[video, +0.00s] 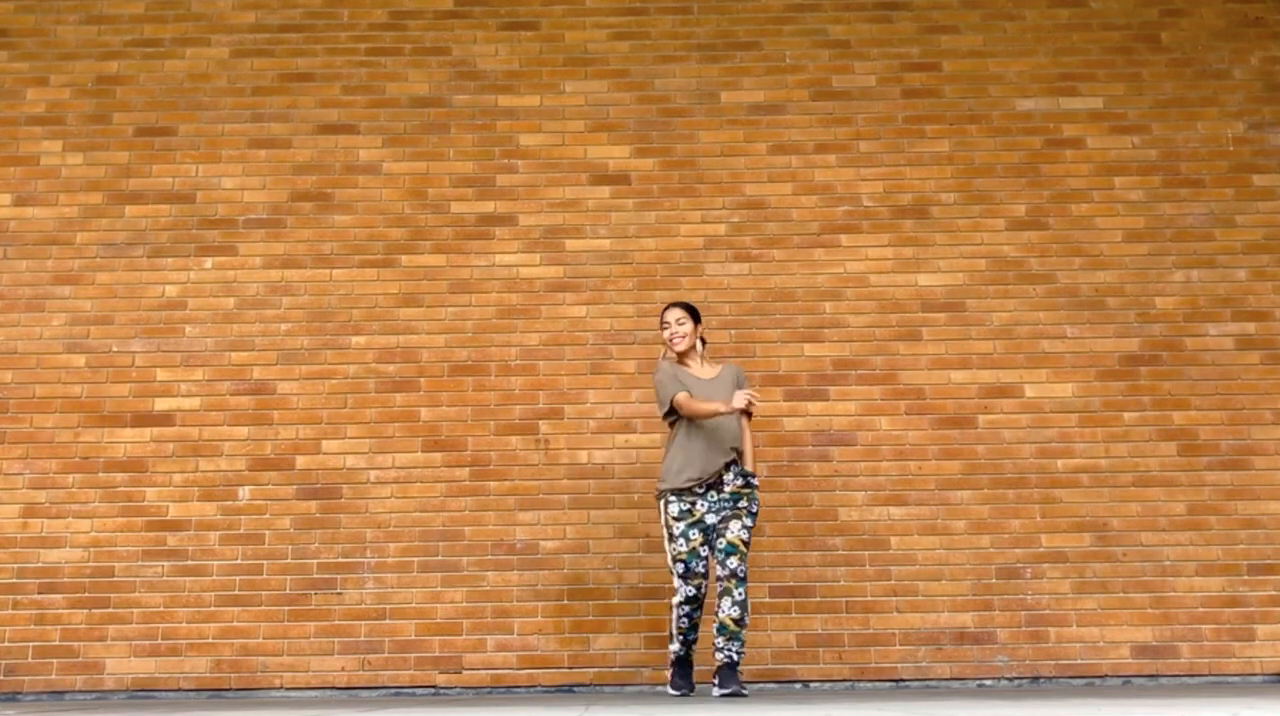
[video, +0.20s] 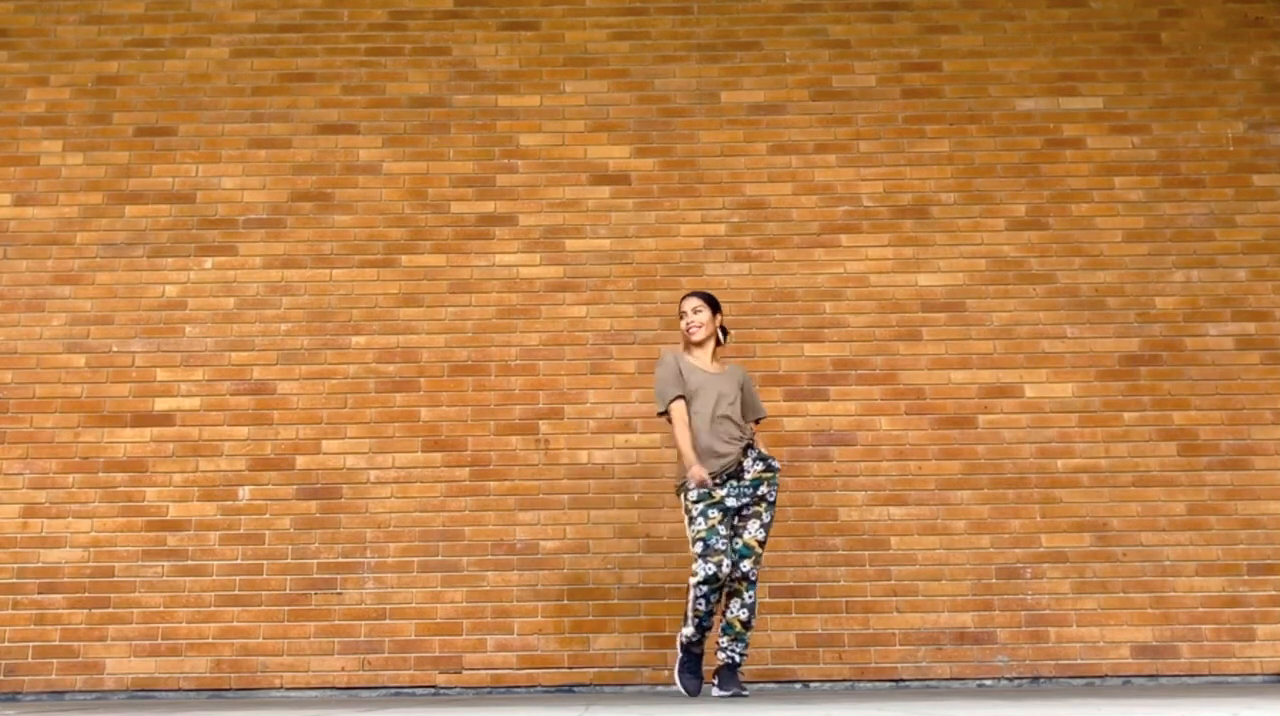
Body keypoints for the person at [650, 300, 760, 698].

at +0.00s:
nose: (674, 331)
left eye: (681, 323)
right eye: (667, 327)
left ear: (698, 327)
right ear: (662, 336)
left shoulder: (732, 373)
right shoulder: (666, 371)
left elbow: (743, 427)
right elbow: (686, 406)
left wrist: (749, 474)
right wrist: (729, 405)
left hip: (732, 485)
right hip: (682, 490)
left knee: (733, 574)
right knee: (692, 578)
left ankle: (728, 666)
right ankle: (682, 660)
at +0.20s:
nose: (691, 320)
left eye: (698, 312)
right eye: (685, 315)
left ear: (717, 320)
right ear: (681, 327)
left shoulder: (739, 375)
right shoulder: (674, 363)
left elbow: (750, 433)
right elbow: (679, 420)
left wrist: (761, 463)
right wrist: (692, 464)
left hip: (750, 484)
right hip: (705, 487)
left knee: (746, 572)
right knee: (714, 568)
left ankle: (729, 667)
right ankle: (692, 648)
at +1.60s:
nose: (728, 222)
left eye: (735, 216)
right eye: (717, 218)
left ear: (749, 232)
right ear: (703, 238)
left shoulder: (771, 298)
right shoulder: (683, 288)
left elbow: (782, 370)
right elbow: (634, 346)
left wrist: (793, 417)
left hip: (771, 423)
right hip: (707, 424)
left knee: (779, 537)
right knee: (702, 523)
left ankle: (774, 659)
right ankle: (666, 639)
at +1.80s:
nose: (718, 220)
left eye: (726, 214)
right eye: (707, 215)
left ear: (739, 232)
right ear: (692, 234)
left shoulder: (756, 296)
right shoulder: (669, 279)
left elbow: (757, 364)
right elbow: (620, 309)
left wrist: (763, 414)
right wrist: (567, 280)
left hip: (759, 430)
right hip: (696, 438)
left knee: (803, 533)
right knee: (685, 542)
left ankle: (830, 652)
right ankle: (639, 656)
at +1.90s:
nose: (726, 219)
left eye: (734, 212)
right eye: (715, 213)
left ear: (748, 228)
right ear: (699, 231)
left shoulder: (763, 291)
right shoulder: (677, 277)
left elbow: (769, 360)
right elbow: (629, 306)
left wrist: (785, 402)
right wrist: (598, 284)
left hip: (764, 432)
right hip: (700, 440)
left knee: (800, 538)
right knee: (680, 549)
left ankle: (834, 656)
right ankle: (641, 662)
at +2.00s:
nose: (735, 216)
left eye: (743, 209)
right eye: (724, 212)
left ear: (759, 224)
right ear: (711, 231)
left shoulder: (773, 288)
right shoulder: (688, 280)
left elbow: (776, 357)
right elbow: (642, 324)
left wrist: (792, 402)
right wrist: (618, 319)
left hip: (770, 431)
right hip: (704, 436)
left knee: (801, 542)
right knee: (682, 547)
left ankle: (834, 659)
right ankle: (642, 662)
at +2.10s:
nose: (719, 219)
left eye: (730, 210)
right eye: (711, 215)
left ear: (754, 223)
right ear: (706, 232)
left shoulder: (774, 288)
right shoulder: (690, 283)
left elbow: (777, 360)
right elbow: (649, 335)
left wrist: (791, 397)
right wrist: (632, 348)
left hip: (771, 430)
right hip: (705, 435)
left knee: (801, 542)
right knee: (682, 546)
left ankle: (833, 659)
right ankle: (644, 660)